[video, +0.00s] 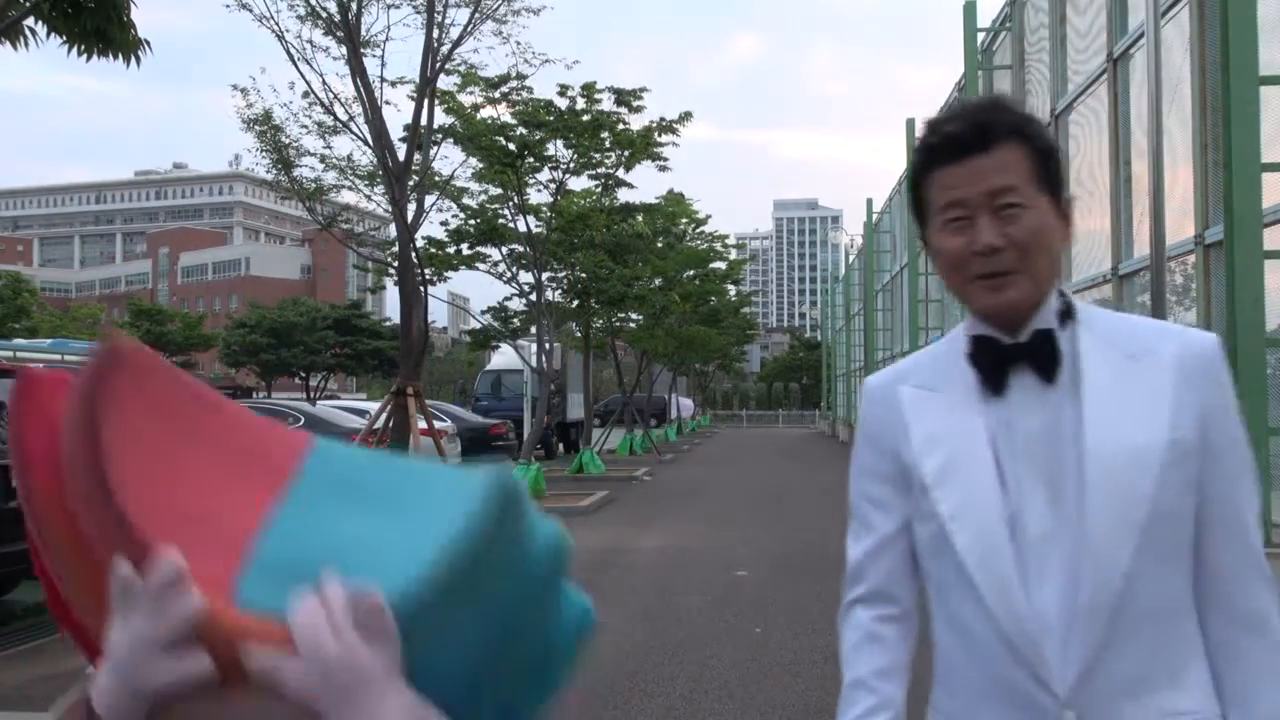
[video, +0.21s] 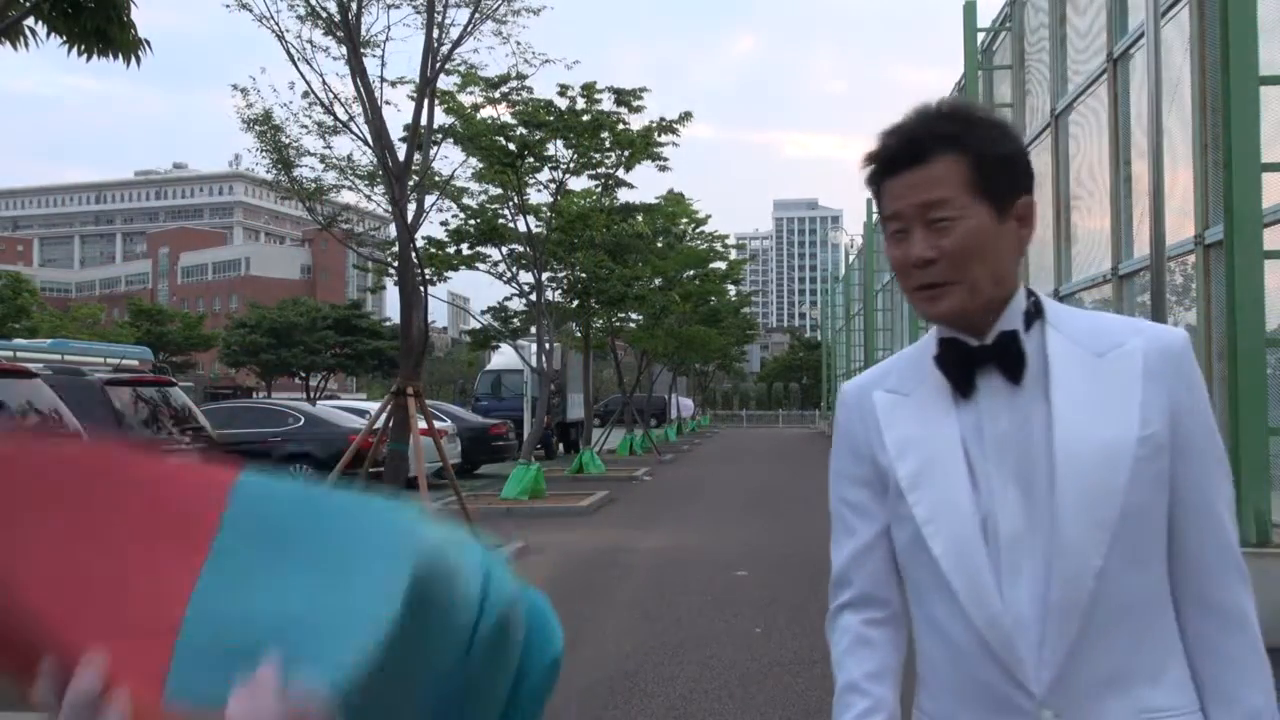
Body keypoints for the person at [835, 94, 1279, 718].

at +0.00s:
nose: (986, 240)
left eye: (1008, 210)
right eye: (957, 220)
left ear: (1062, 220)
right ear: (931, 248)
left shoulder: (1185, 367)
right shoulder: (895, 401)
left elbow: (1239, 596)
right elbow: (877, 611)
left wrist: (1254, 708)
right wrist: (869, 710)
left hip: (1162, 703)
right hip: (980, 706)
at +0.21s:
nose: (915, 255)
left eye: (941, 222)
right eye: (896, 231)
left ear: (1021, 221)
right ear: (882, 243)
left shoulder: (1153, 361)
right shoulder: (870, 405)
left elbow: (1213, 594)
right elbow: (863, 615)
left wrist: (1246, 709)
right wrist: (866, 711)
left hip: (1142, 704)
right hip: (962, 707)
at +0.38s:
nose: (874, 267)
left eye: (895, 235)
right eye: (867, 243)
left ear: (990, 227)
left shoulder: (1145, 362)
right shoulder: (865, 405)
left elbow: (1207, 601)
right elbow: (859, 614)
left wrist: (1234, 712)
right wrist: (855, 711)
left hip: (1127, 705)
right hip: (952, 707)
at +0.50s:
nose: (872, 274)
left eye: (888, 243)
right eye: (864, 250)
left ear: (983, 225)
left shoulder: (1143, 366)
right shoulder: (874, 401)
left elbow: (1209, 613)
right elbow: (862, 607)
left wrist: (1232, 712)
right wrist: (843, 710)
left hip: (1119, 705)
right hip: (946, 706)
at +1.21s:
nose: (923, 228)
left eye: (939, 195)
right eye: (927, 198)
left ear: (1041, 201)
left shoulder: (1159, 381)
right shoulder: (960, 367)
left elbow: (1161, 691)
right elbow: (907, 633)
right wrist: (876, 709)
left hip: (1038, 709)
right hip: (908, 703)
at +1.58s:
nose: (923, 228)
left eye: (937, 195)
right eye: (928, 199)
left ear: (1025, 204)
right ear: (1024, 207)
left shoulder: (1153, 382)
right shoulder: (985, 369)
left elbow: (1194, 696)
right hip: (931, 703)